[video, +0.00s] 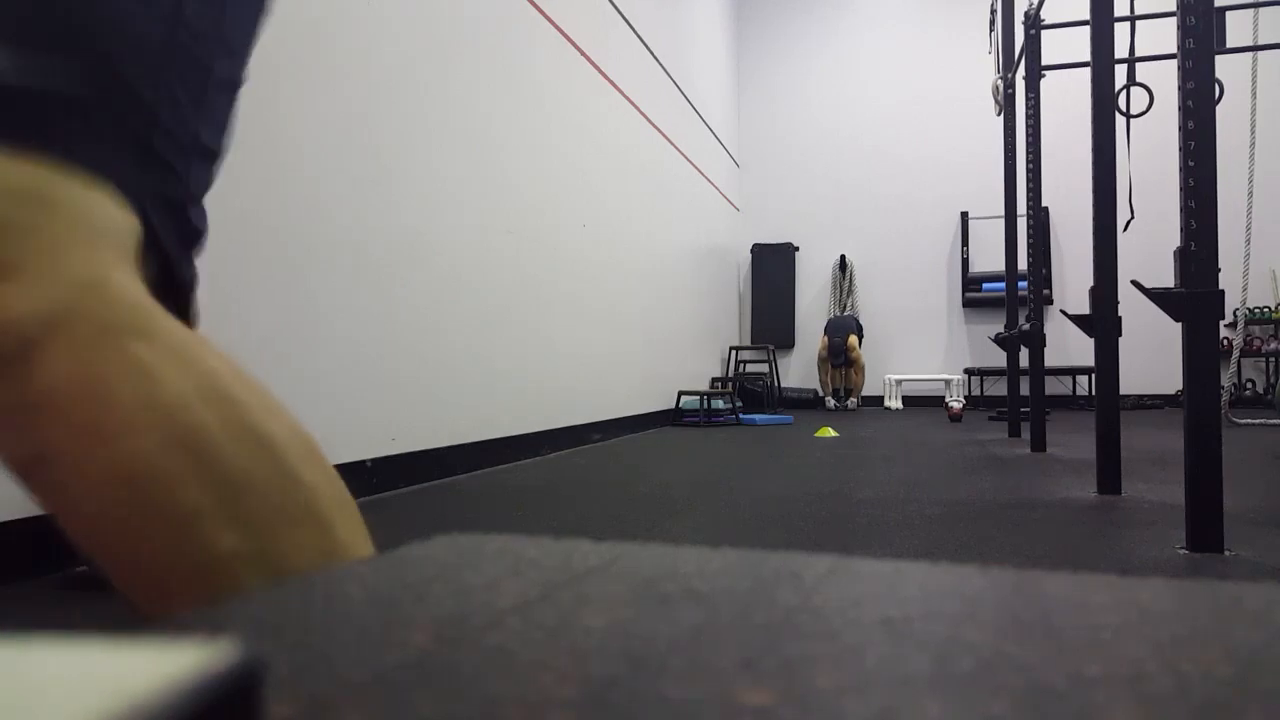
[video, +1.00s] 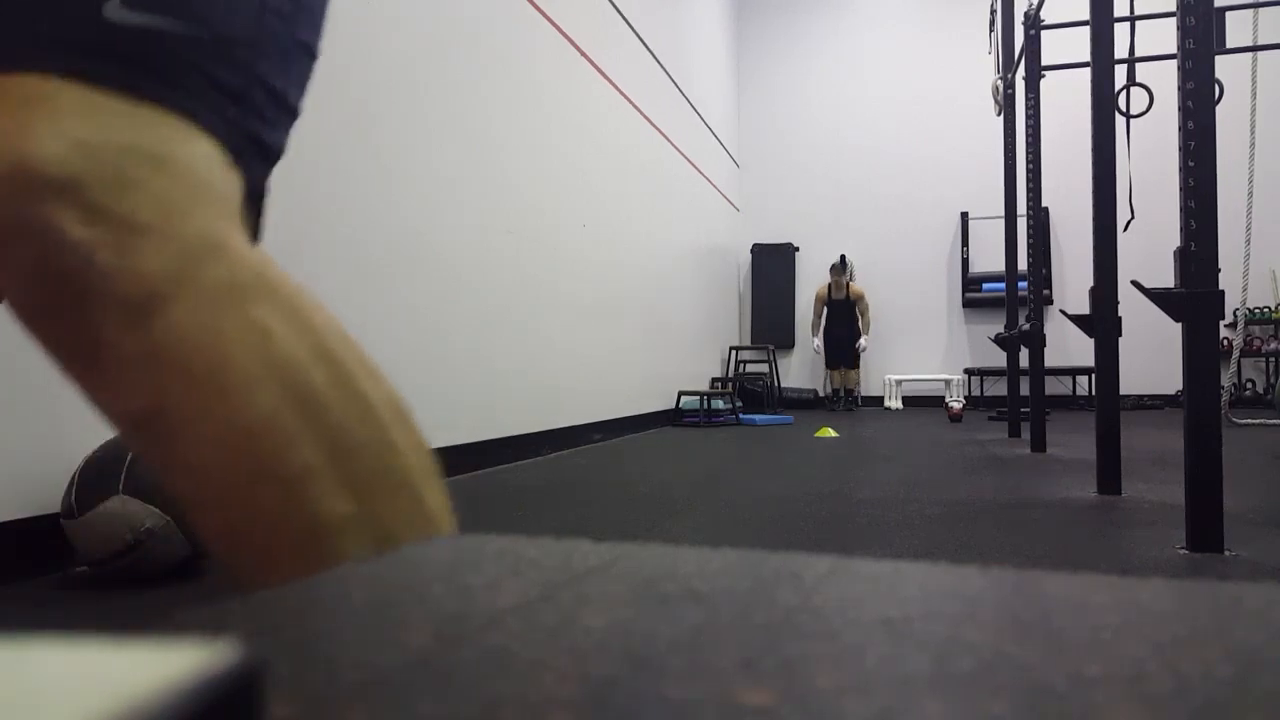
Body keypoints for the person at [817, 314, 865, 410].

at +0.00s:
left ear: (844, 349)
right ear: (829, 350)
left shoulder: (853, 345)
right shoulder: (823, 346)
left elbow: (860, 373)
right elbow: (823, 374)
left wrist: (854, 398)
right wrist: (828, 397)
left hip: (853, 323)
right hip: (831, 323)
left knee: (849, 367)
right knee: (834, 367)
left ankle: (848, 398)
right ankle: (835, 397)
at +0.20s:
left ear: (845, 349)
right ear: (829, 350)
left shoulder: (853, 345)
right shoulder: (824, 345)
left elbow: (859, 372)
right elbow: (823, 374)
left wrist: (856, 398)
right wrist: (828, 397)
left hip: (853, 323)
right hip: (831, 324)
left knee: (849, 367)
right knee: (834, 367)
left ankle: (849, 398)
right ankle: (835, 397)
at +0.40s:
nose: (835, 351)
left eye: (837, 348)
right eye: (832, 348)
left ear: (843, 341)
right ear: (828, 342)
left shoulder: (852, 337)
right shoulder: (823, 339)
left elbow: (855, 365)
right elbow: (824, 365)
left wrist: (858, 389)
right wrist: (824, 388)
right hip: (831, 324)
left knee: (850, 366)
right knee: (835, 366)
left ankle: (849, 396)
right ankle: (835, 396)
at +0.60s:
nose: (835, 331)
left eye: (838, 329)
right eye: (832, 329)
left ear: (844, 323)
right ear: (827, 324)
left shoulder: (854, 325)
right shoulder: (821, 329)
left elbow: (861, 346)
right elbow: (820, 351)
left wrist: (862, 367)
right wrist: (821, 371)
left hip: (851, 346)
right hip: (833, 346)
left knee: (851, 371)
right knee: (835, 371)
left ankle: (849, 400)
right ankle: (835, 400)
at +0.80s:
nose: (835, 310)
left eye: (838, 307)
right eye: (832, 307)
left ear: (844, 302)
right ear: (828, 303)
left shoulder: (856, 310)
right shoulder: (821, 311)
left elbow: (863, 330)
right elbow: (818, 333)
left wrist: (865, 352)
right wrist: (818, 354)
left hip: (851, 340)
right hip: (832, 340)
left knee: (850, 369)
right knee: (834, 369)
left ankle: (849, 399)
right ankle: (836, 399)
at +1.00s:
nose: (837, 280)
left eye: (840, 277)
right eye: (834, 277)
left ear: (846, 276)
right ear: (830, 276)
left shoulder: (856, 293)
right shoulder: (823, 293)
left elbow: (864, 314)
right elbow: (817, 316)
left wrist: (865, 336)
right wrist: (815, 336)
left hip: (851, 336)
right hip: (831, 336)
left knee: (850, 369)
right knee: (834, 369)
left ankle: (849, 398)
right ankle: (835, 398)